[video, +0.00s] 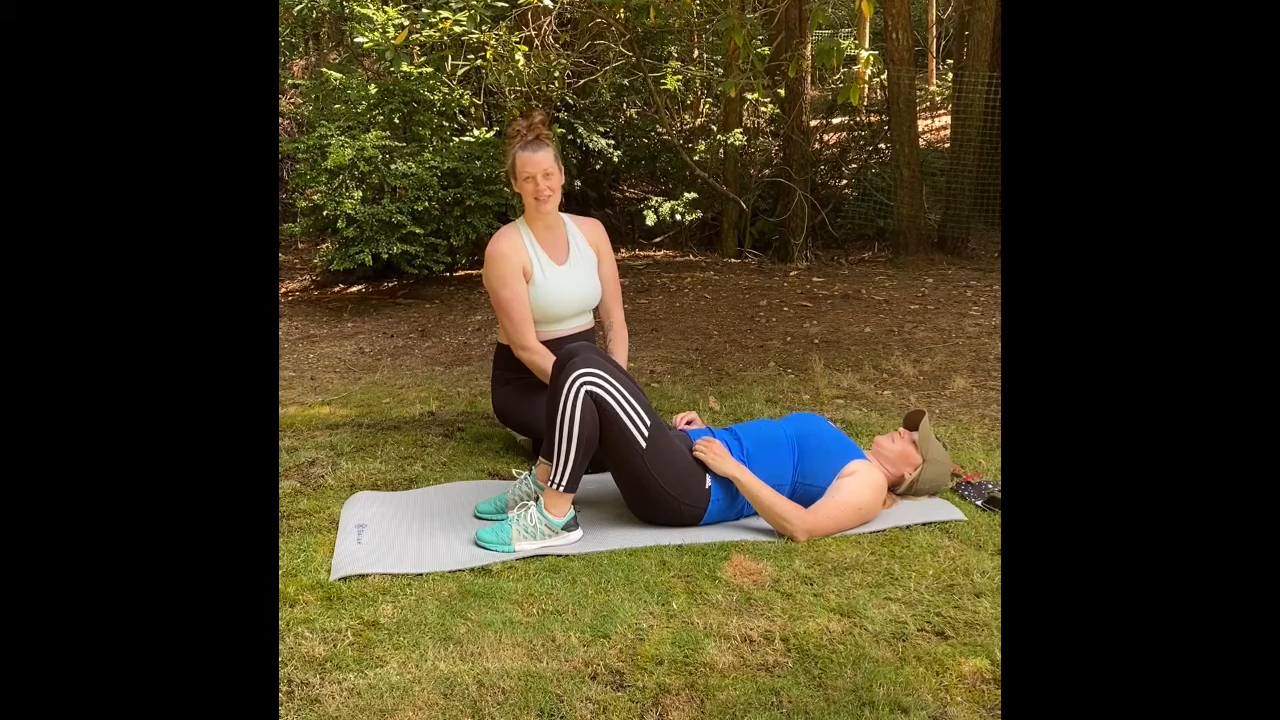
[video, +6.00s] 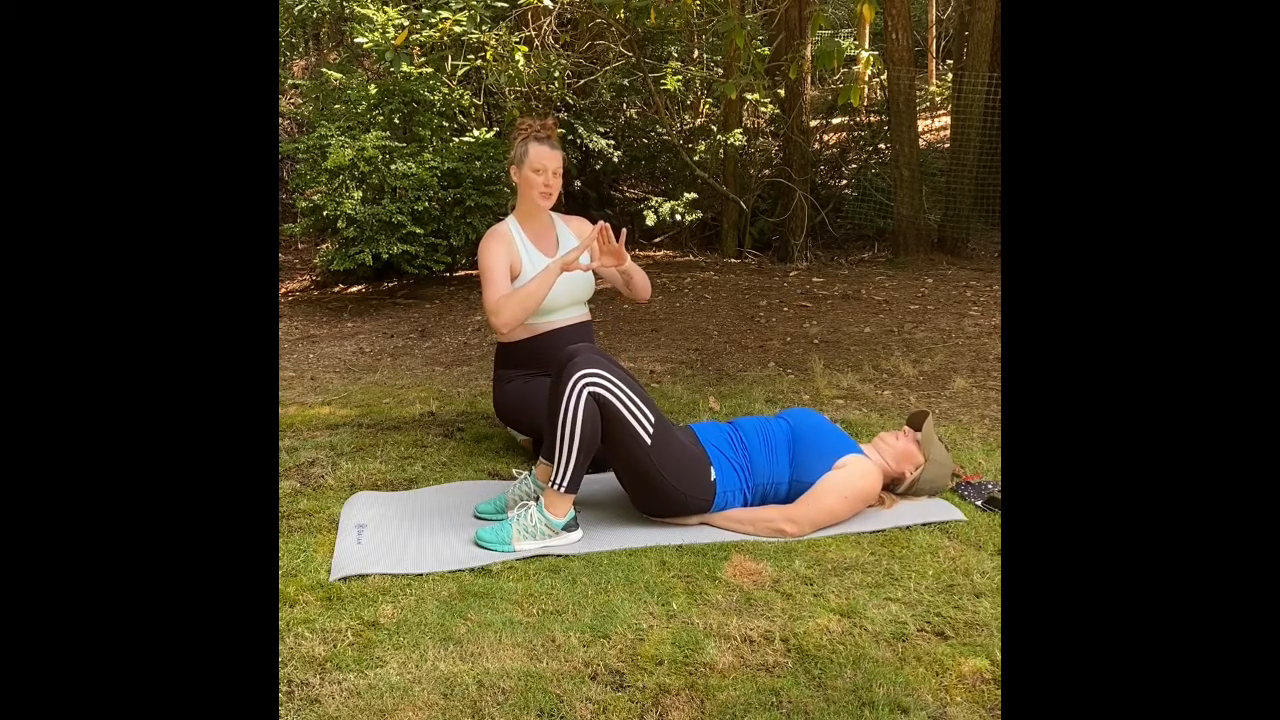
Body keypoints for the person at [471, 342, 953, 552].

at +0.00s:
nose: (896, 433)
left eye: (907, 440)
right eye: (905, 431)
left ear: (907, 472)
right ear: (895, 446)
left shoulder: (867, 484)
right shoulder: (843, 452)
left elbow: (804, 526)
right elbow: (761, 468)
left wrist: (731, 468)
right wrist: (705, 430)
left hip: (693, 488)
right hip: (682, 463)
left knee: (588, 371)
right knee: (579, 357)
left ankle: (554, 511)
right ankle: (543, 484)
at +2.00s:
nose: (897, 433)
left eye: (908, 440)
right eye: (906, 431)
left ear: (907, 471)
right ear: (895, 446)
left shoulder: (867, 483)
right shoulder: (843, 453)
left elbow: (805, 527)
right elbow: (760, 470)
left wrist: (732, 468)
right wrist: (705, 431)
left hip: (693, 490)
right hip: (682, 466)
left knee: (589, 373)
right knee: (580, 357)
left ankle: (554, 511)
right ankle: (542, 485)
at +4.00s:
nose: (897, 432)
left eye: (908, 438)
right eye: (906, 430)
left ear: (907, 469)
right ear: (897, 445)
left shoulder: (863, 478)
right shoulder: (844, 452)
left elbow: (788, 515)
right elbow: (763, 466)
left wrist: (700, 513)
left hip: (695, 474)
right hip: (680, 443)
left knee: (580, 369)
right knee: (546, 356)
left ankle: (556, 512)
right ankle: (546, 480)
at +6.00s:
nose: (900, 433)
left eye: (910, 441)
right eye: (908, 431)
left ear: (907, 473)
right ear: (896, 441)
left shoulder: (860, 474)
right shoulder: (846, 451)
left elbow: (795, 522)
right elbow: (775, 496)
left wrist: (711, 517)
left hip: (695, 482)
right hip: (680, 454)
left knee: (589, 375)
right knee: (590, 365)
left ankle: (554, 511)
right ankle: (542, 485)